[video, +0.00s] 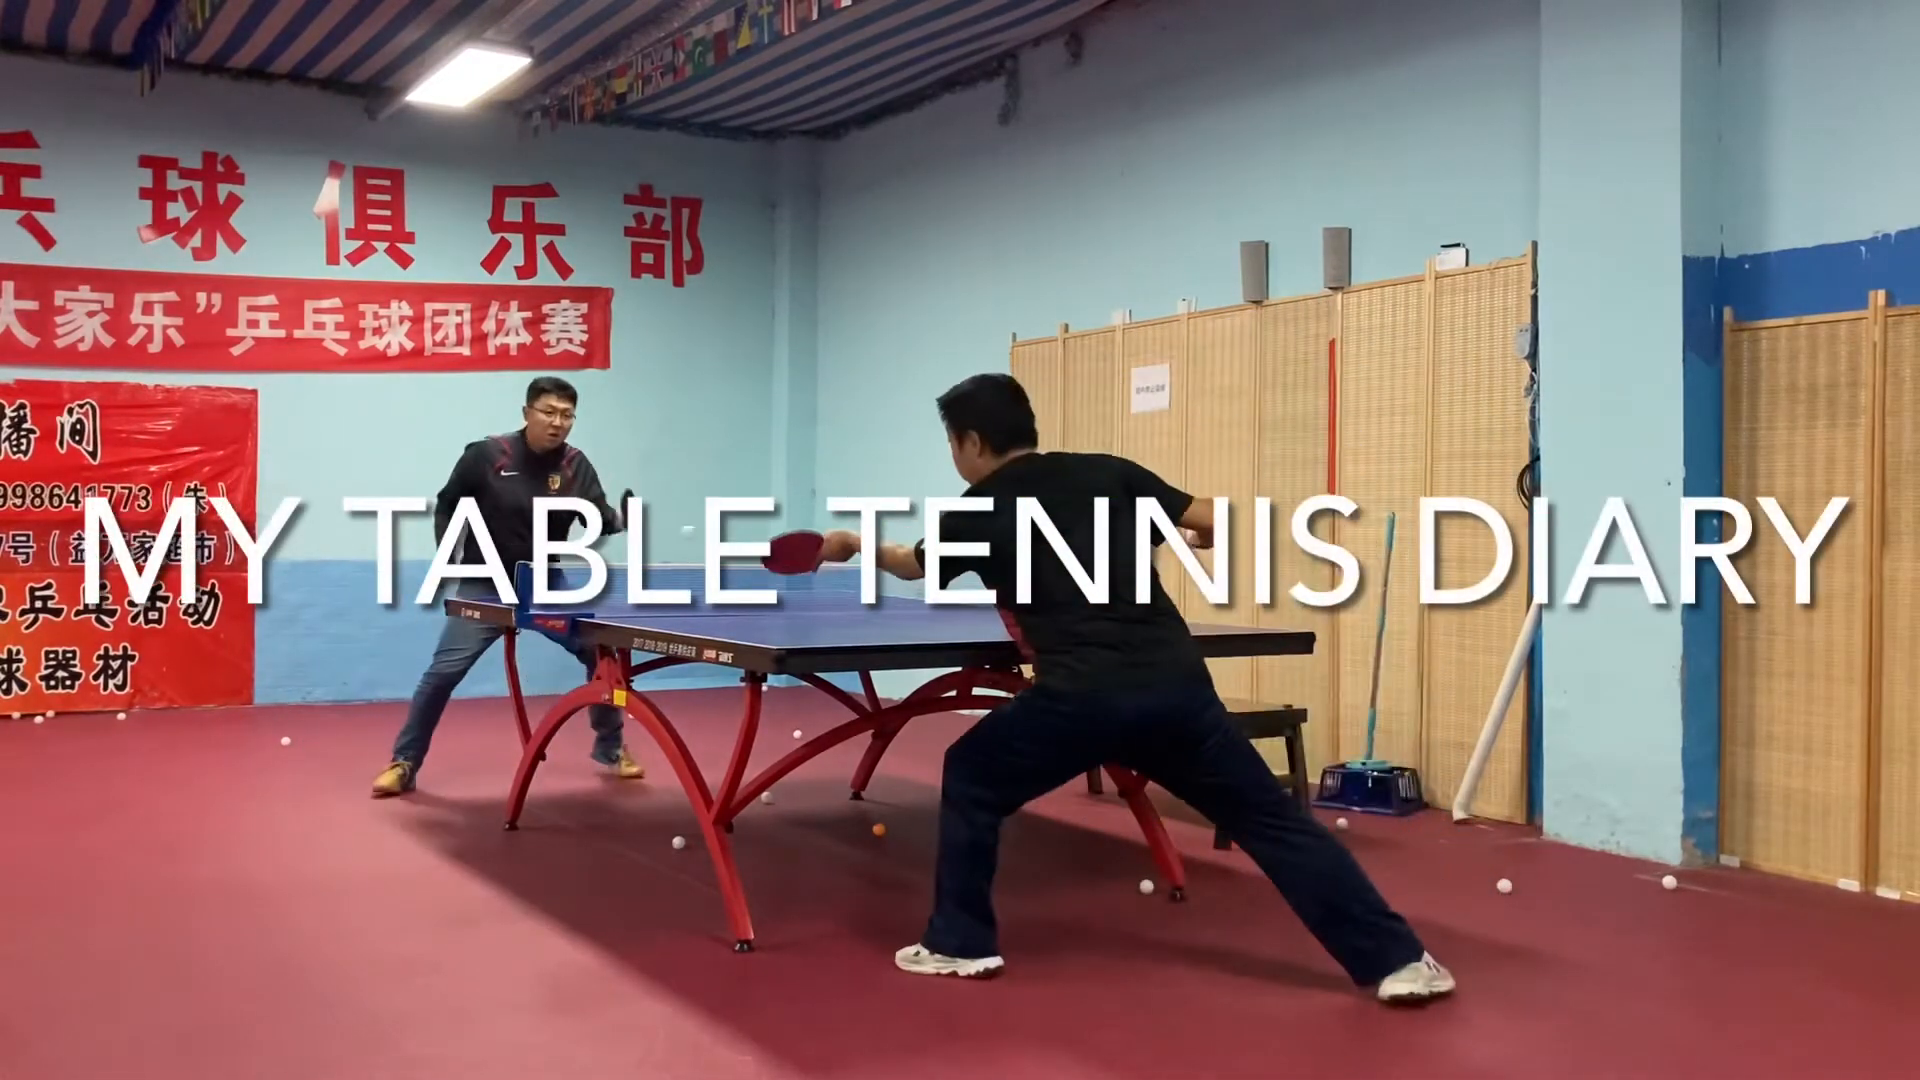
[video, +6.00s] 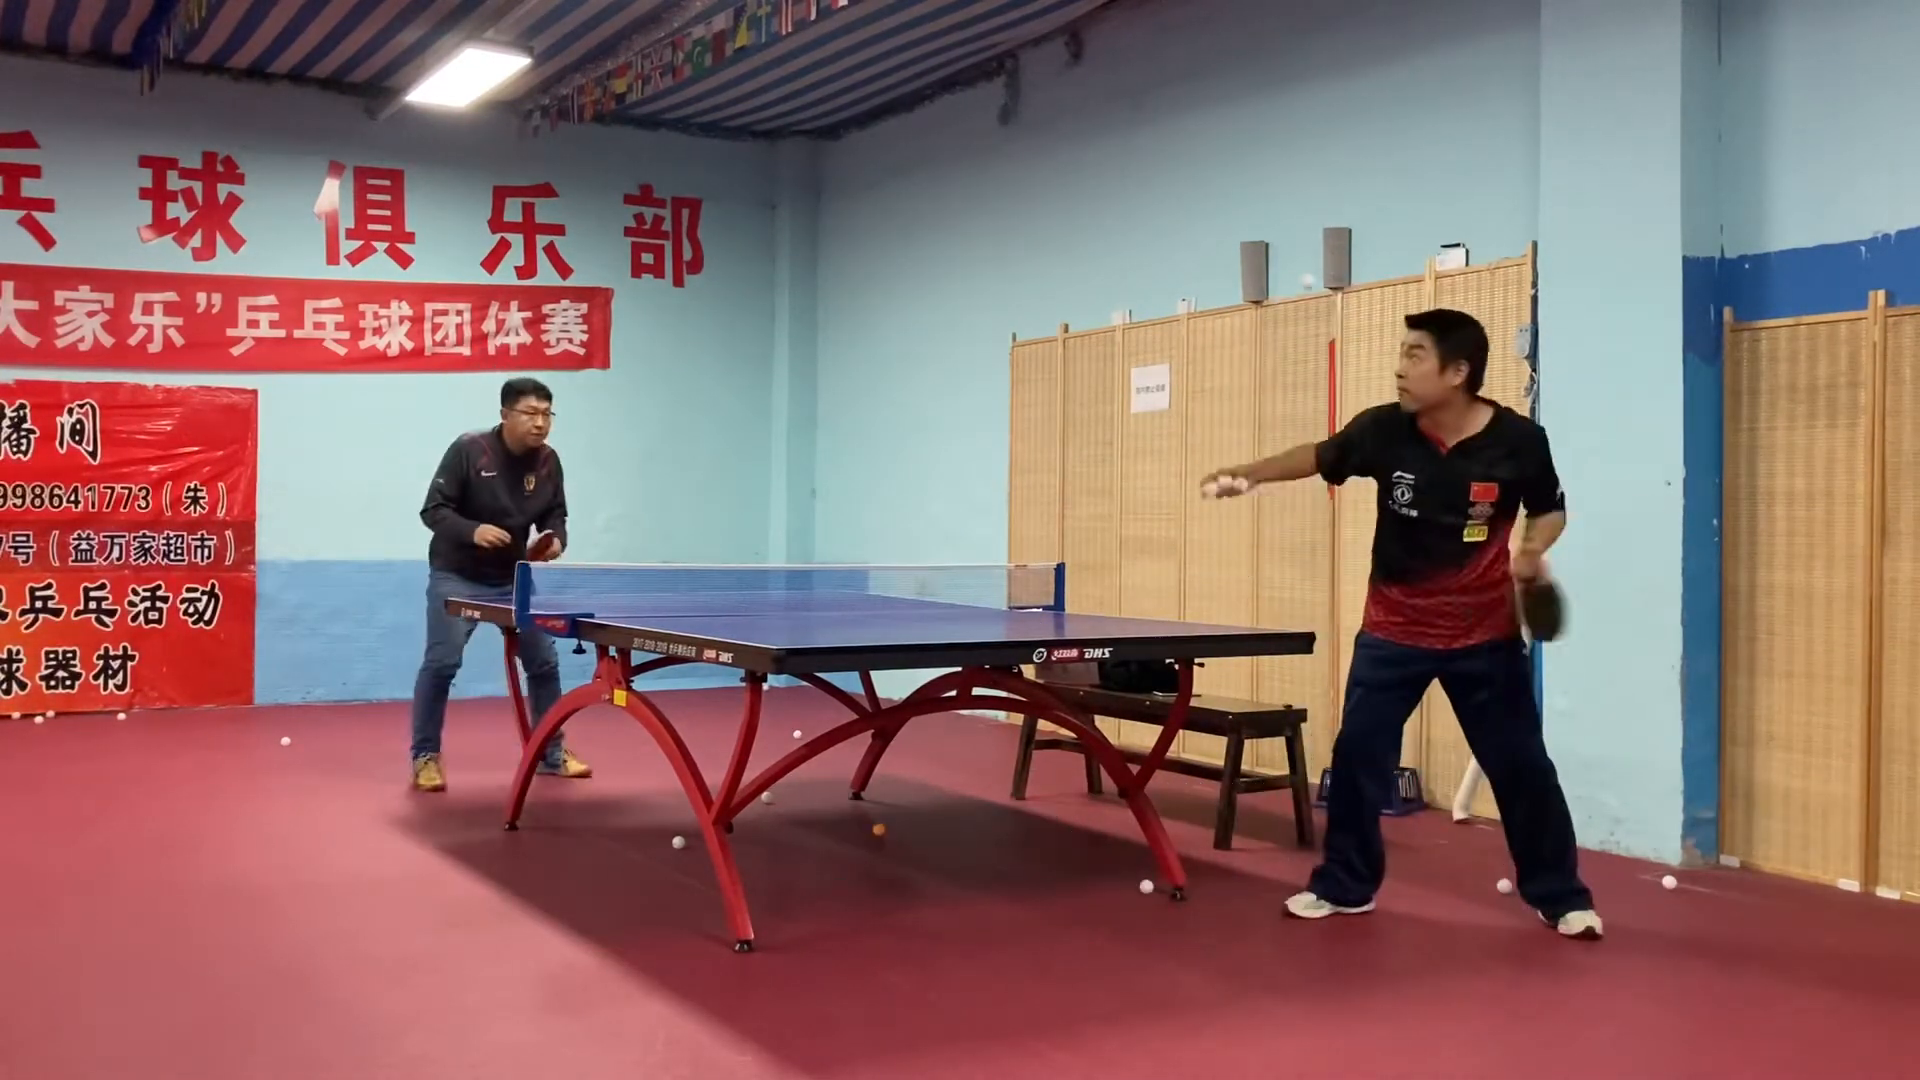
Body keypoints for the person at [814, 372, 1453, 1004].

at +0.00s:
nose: (953, 458)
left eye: (954, 444)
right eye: (954, 444)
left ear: (974, 441)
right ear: (1030, 429)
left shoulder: (983, 505)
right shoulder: (1115, 473)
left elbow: (913, 566)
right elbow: (1204, 521)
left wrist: (855, 543)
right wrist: (1147, 526)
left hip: (1081, 694)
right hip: (1176, 687)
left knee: (973, 771)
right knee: (1271, 818)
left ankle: (962, 941)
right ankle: (1398, 960)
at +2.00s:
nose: (1268, 356)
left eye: (1273, 341)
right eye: (1269, 341)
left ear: (1301, 343)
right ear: (1342, 343)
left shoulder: (1328, 423)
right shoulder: (1398, 412)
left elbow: (1317, 545)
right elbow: (1459, 506)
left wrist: (1246, 586)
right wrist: (1371, 548)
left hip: (1381, 651)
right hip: (1438, 648)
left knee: (1294, 793)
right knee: (1406, 786)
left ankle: (1316, 988)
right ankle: (1463, 941)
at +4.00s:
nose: (1367, 369)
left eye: (1366, 359)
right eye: (1365, 361)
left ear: (1378, 351)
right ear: (1438, 346)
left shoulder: (1388, 393)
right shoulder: (1485, 411)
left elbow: (1391, 477)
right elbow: (1500, 521)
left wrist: (1372, 579)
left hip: (1433, 625)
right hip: (1499, 624)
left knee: (1401, 787)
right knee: (1464, 781)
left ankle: (1414, 965)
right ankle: (1472, 947)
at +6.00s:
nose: (1400, 368)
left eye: (1416, 356)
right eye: (1401, 355)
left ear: (1459, 371)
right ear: (1412, 367)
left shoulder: (1517, 440)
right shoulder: (1383, 430)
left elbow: (1549, 510)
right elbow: (1320, 456)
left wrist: (1531, 549)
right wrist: (1252, 474)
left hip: (1483, 635)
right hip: (1393, 632)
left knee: (1521, 765)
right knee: (1357, 753)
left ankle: (1561, 896)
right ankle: (1345, 885)